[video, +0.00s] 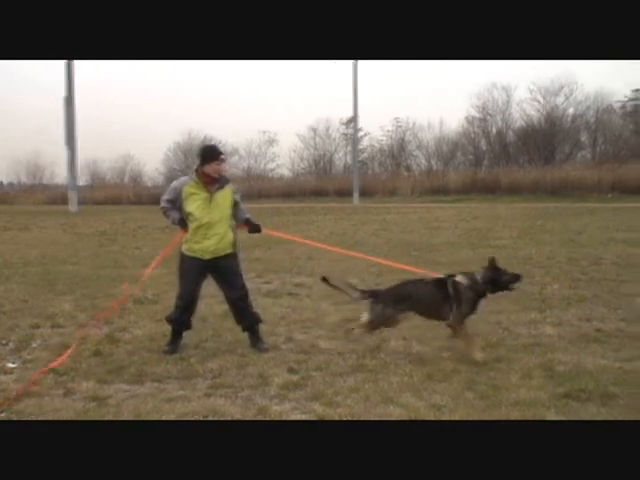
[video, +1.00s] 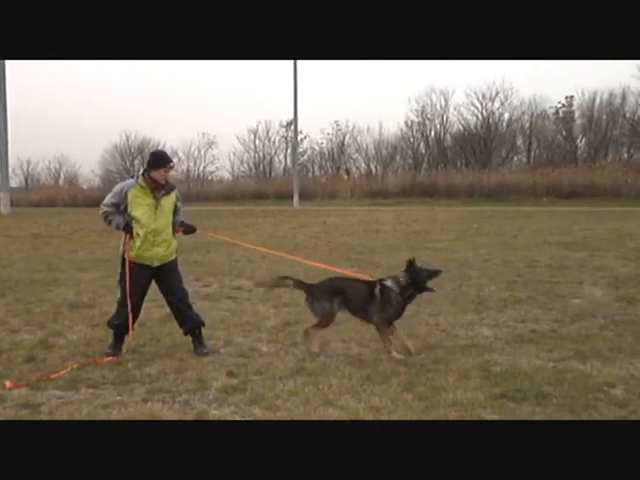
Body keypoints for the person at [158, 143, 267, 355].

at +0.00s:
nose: (221, 167)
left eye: (222, 163)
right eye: (217, 163)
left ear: (221, 165)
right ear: (204, 165)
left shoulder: (227, 188)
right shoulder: (183, 185)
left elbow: (237, 209)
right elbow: (166, 205)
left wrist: (248, 222)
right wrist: (179, 219)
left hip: (224, 253)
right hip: (193, 253)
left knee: (238, 295)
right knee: (186, 298)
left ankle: (255, 336)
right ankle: (175, 339)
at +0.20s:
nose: (181, 165)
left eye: (182, 161)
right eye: (177, 161)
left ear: (182, 163)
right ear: (164, 162)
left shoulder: (190, 187)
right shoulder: (143, 184)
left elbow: (202, 209)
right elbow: (130, 203)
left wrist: (215, 218)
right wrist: (139, 216)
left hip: (183, 252)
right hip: (152, 253)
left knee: (198, 295)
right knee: (142, 298)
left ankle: (213, 336)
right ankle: (130, 338)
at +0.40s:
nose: (178, 166)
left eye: (180, 161)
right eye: (174, 162)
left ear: (180, 162)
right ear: (162, 162)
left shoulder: (186, 185)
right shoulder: (140, 183)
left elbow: (193, 208)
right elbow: (122, 201)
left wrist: (199, 219)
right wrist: (136, 217)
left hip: (179, 252)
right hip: (149, 252)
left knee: (190, 296)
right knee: (137, 298)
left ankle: (202, 339)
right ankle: (120, 339)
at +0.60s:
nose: (175, 169)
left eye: (176, 165)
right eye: (171, 165)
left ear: (176, 165)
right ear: (158, 165)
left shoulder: (179, 187)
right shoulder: (136, 184)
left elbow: (185, 210)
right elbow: (117, 203)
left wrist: (192, 220)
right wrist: (130, 219)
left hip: (173, 253)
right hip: (144, 254)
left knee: (184, 297)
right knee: (133, 298)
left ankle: (198, 339)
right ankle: (117, 340)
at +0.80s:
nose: (172, 171)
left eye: (173, 167)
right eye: (168, 167)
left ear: (171, 168)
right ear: (155, 167)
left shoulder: (175, 191)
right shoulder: (131, 186)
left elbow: (180, 216)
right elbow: (111, 206)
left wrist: (188, 224)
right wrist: (127, 221)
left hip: (169, 256)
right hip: (140, 256)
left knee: (181, 299)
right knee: (131, 301)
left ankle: (198, 340)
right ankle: (117, 341)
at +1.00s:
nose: (168, 174)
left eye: (169, 170)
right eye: (164, 170)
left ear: (167, 171)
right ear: (151, 170)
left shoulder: (171, 193)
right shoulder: (127, 189)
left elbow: (175, 217)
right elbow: (107, 210)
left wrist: (180, 225)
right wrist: (124, 224)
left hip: (166, 258)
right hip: (137, 258)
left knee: (179, 299)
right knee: (129, 302)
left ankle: (197, 338)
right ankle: (117, 341)